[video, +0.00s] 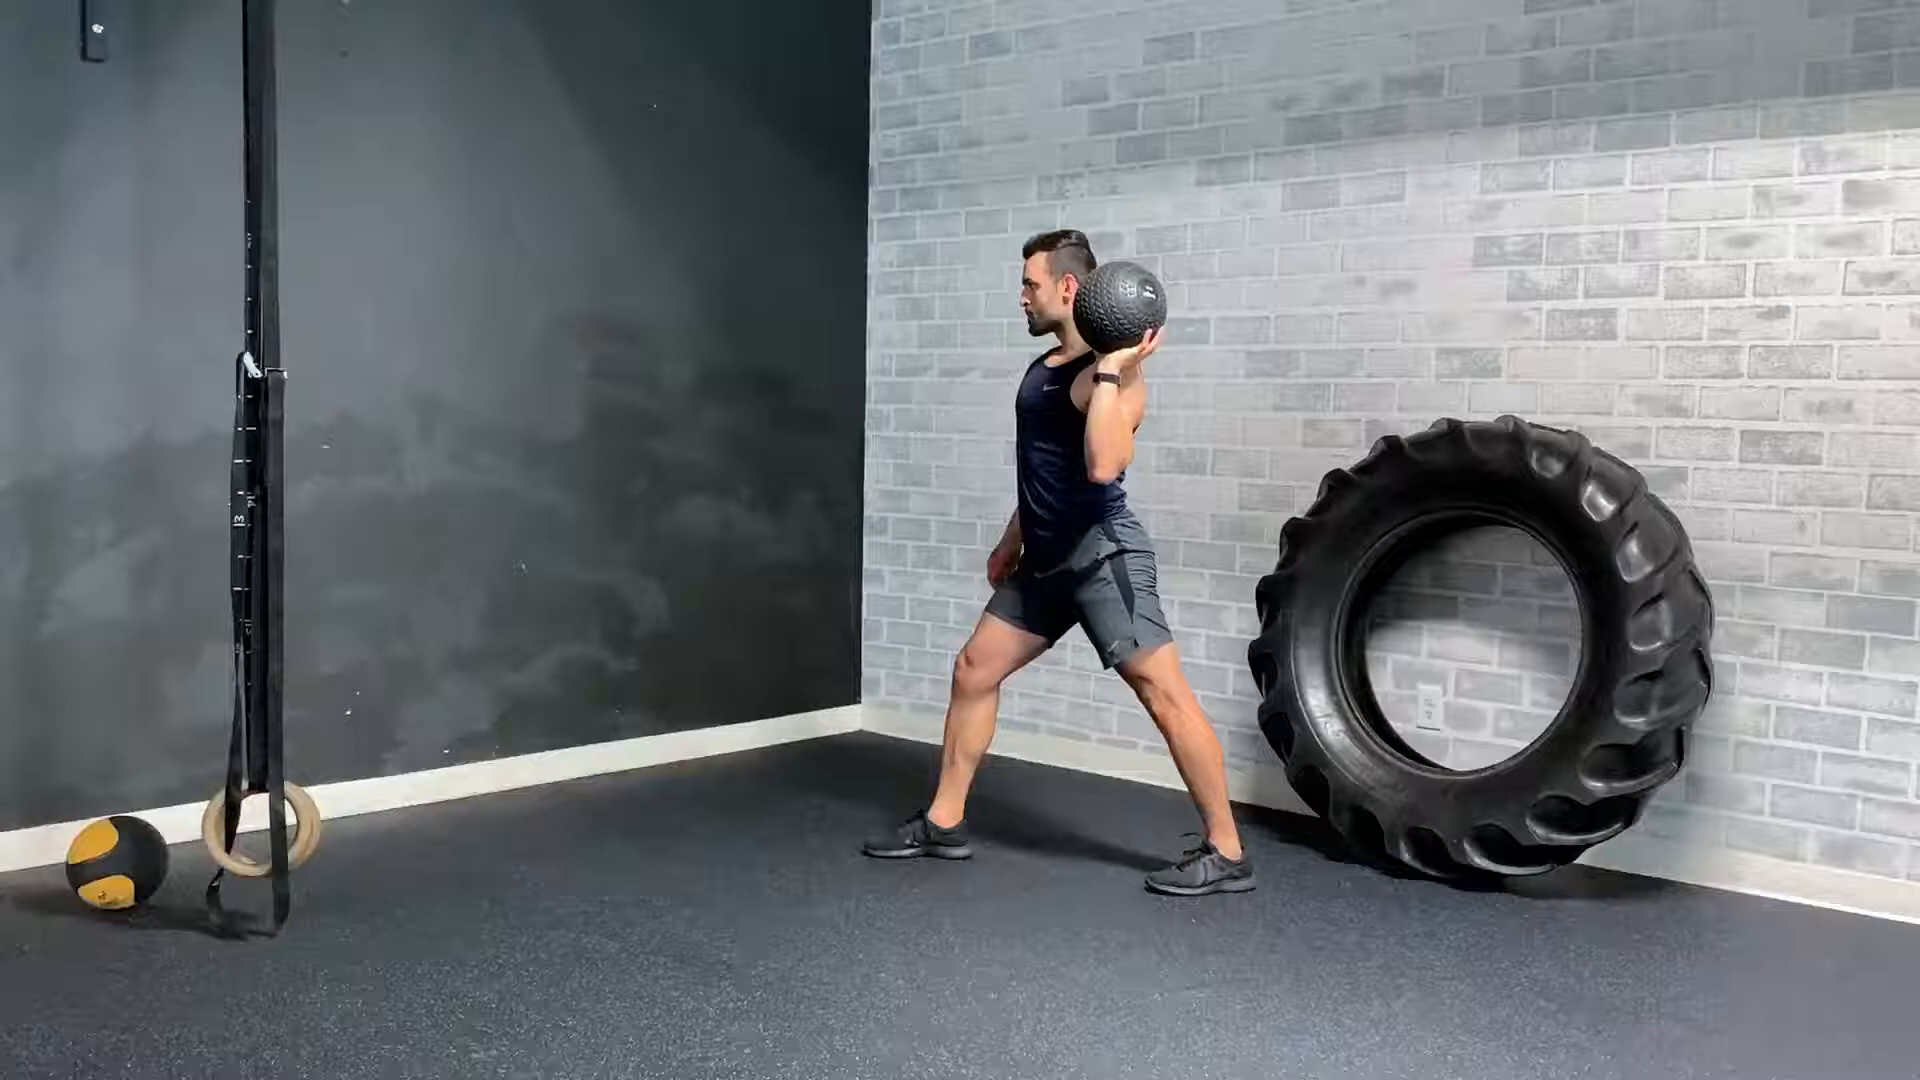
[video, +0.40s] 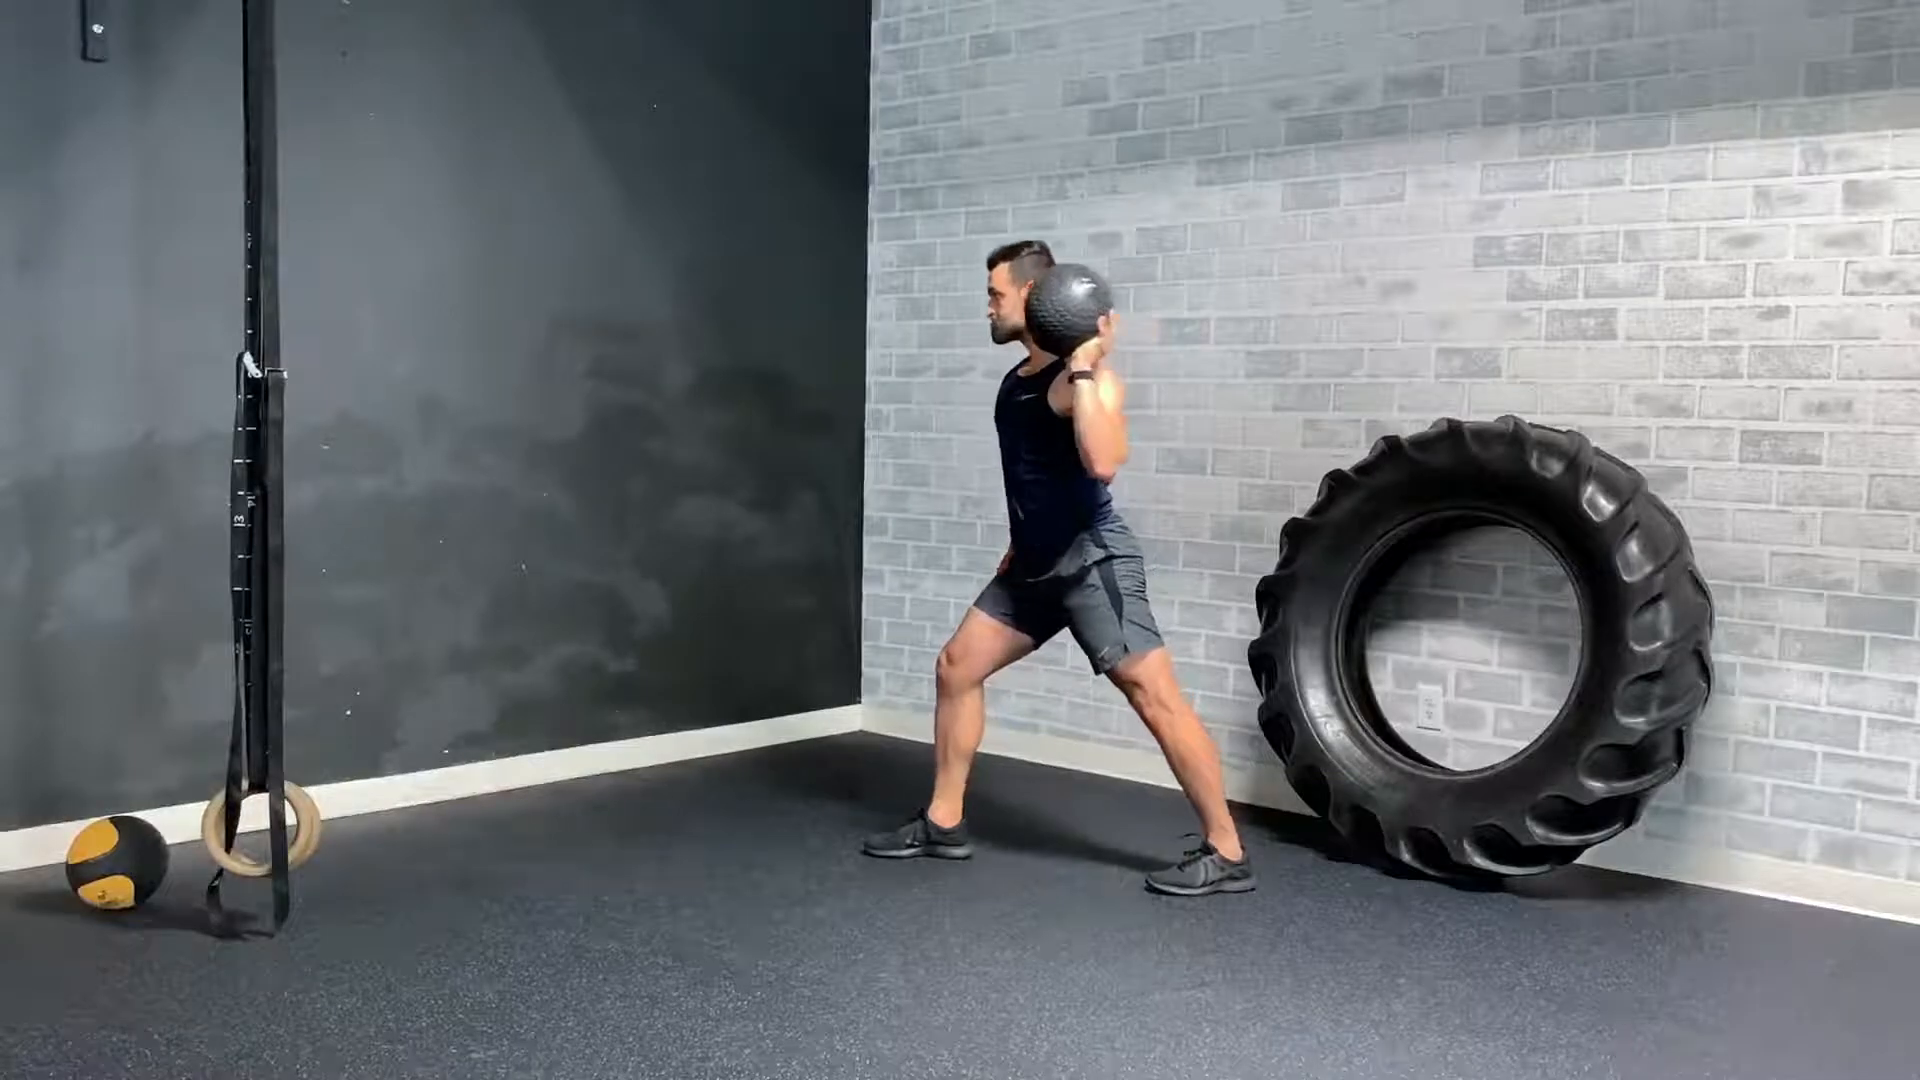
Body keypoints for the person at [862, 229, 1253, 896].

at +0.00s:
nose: (1023, 297)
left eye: (1032, 286)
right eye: (1024, 286)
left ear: (1071, 287)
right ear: (1063, 289)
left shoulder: (1115, 379)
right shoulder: (1048, 363)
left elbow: (1105, 468)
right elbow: (1042, 469)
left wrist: (1109, 378)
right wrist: (1013, 540)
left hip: (1105, 552)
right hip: (1046, 556)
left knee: (1166, 697)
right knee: (974, 674)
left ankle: (1226, 850)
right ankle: (943, 825)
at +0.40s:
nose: (988, 305)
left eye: (998, 294)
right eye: (989, 294)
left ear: (1037, 296)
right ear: (1022, 299)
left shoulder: (1088, 376)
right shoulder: (1019, 377)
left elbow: (1105, 461)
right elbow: (1033, 479)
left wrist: (1085, 372)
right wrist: (1018, 549)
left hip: (1095, 557)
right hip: (1038, 560)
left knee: (1155, 696)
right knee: (957, 669)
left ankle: (1226, 849)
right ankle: (943, 825)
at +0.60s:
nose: (935, 322)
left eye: (941, 309)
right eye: (934, 311)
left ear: (976, 304)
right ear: (977, 307)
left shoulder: (1010, 366)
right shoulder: (999, 367)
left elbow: (931, 388)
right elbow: (1061, 459)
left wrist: (876, 333)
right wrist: (1054, 520)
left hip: (1064, 555)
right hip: (1026, 560)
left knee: (1137, 694)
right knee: (948, 665)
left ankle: (1221, 845)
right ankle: (941, 825)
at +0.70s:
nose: (918, 333)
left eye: (921, 320)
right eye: (915, 321)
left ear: (955, 311)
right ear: (970, 311)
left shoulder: (955, 361)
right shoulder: (1026, 370)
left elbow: (838, 338)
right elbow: (1063, 469)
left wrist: (751, 314)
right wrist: (1046, 535)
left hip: (1063, 553)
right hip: (1026, 560)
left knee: (1140, 696)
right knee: (947, 662)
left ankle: (1221, 844)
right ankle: (940, 822)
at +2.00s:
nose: (932, 343)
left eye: (934, 329)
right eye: (931, 331)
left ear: (966, 319)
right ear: (985, 318)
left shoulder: (971, 370)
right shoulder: (1057, 381)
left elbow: (869, 388)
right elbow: (1080, 488)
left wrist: (778, 398)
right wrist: (1043, 547)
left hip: (1066, 560)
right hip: (1045, 567)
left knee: (1140, 701)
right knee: (957, 662)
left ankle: (1226, 849)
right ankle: (942, 822)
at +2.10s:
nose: (941, 342)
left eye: (943, 327)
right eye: (939, 330)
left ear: (973, 317)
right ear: (992, 315)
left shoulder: (975, 376)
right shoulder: (1060, 378)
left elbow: (877, 426)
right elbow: (1084, 489)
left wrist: (798, 463)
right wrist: (1044, 549)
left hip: (1067, 561)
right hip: (1049, 564)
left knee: (1139, 701)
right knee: (958, 662)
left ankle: (1225, 849)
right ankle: (942, 822)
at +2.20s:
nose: (950, 334)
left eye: (953, 319)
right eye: (948, 321)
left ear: (985, 313)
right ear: (1003, 313)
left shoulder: (992, 379)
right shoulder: (1070, 378)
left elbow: (914, 471)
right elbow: (1087, 490)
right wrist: (1051, 550)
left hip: (1069, 564)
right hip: (1045, 565)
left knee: (1139, 704)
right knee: (959, 662)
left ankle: (1225, 848)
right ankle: (942, 825)